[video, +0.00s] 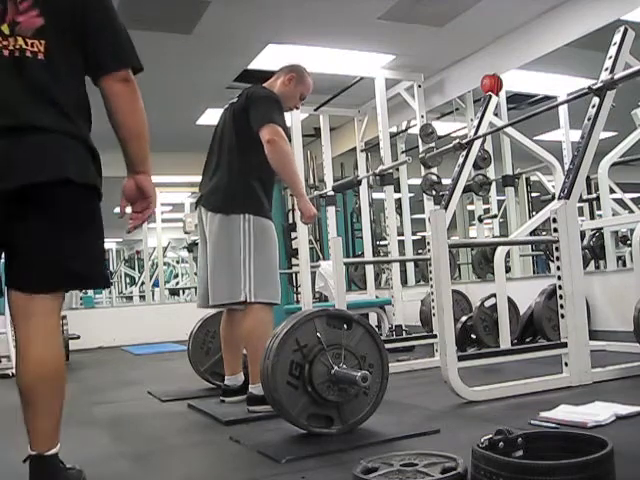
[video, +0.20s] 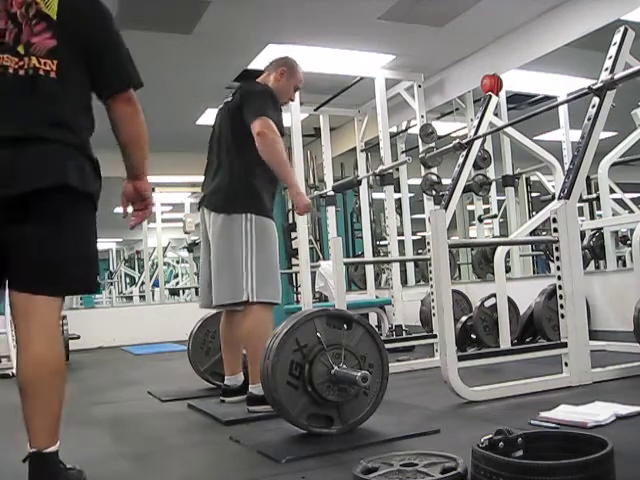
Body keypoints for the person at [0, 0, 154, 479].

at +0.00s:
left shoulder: (82, 8)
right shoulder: (76, 3)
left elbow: (115, 76)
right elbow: (117, 76)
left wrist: (137, 170)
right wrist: (139, 169)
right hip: (44, 160)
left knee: (37, 317)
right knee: (36, 316)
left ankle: (44, 459)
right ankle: (44, 461)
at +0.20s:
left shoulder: (81, 12)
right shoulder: (76, 8)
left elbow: (121, 97)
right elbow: (122, 97)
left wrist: (136, 174)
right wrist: (137, 174)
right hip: (41, 171)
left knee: (37, 319)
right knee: (37, 319)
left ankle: (44, 457)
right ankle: (44, 458)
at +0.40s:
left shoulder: (62, 22)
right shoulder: (60, 20)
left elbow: (104, 117)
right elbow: (105, 117)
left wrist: (89, 185)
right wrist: (91, 185)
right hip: (39, 183)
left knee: (27, 319)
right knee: (38, 319)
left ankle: (43, 453)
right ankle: (44, 454)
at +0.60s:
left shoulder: (40, 29)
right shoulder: (37, 29)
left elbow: (77, 115)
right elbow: (78, 115)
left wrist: (45, 166)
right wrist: (46, 164)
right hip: (29, 191)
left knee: (45, 308)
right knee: (44, 308)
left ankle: (47, 415)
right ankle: (48, 413)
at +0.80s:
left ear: (6, 8)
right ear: (12, 4)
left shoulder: (33, 39)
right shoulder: (30, 38)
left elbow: (60, 115)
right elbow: (62, 115)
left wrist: (27, 152)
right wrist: (27, 151)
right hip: (23, 186)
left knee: (51, 294)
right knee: (49, 294)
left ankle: (41, 399)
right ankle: (41, 398)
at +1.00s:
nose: (18, 12)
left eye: (14, 8)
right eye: (18, 7)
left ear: (4, 8)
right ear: (12, 7)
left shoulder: (32, 52)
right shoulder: (31, 51)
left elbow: (58, 120)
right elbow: (61, 121)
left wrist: (25, 154)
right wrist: (25, 154)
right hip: (22, 199)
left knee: (29, 311)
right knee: (29, 310)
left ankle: (50, 412)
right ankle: (50, 414)